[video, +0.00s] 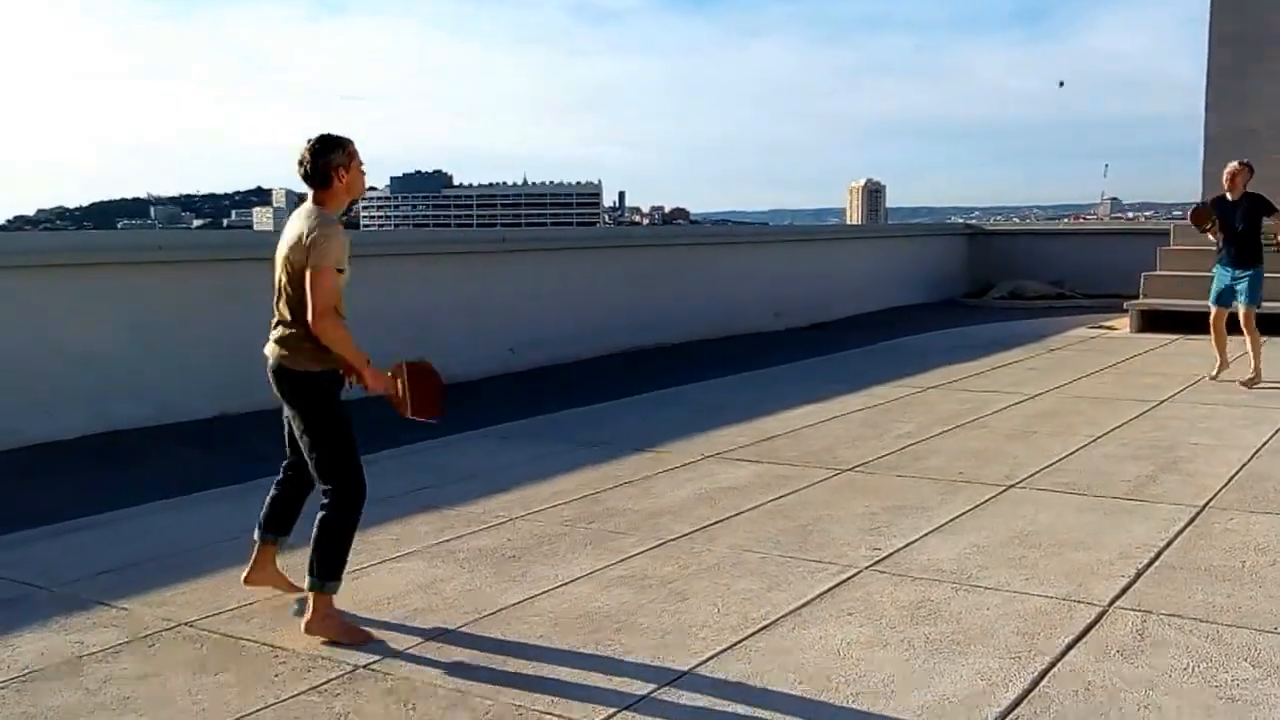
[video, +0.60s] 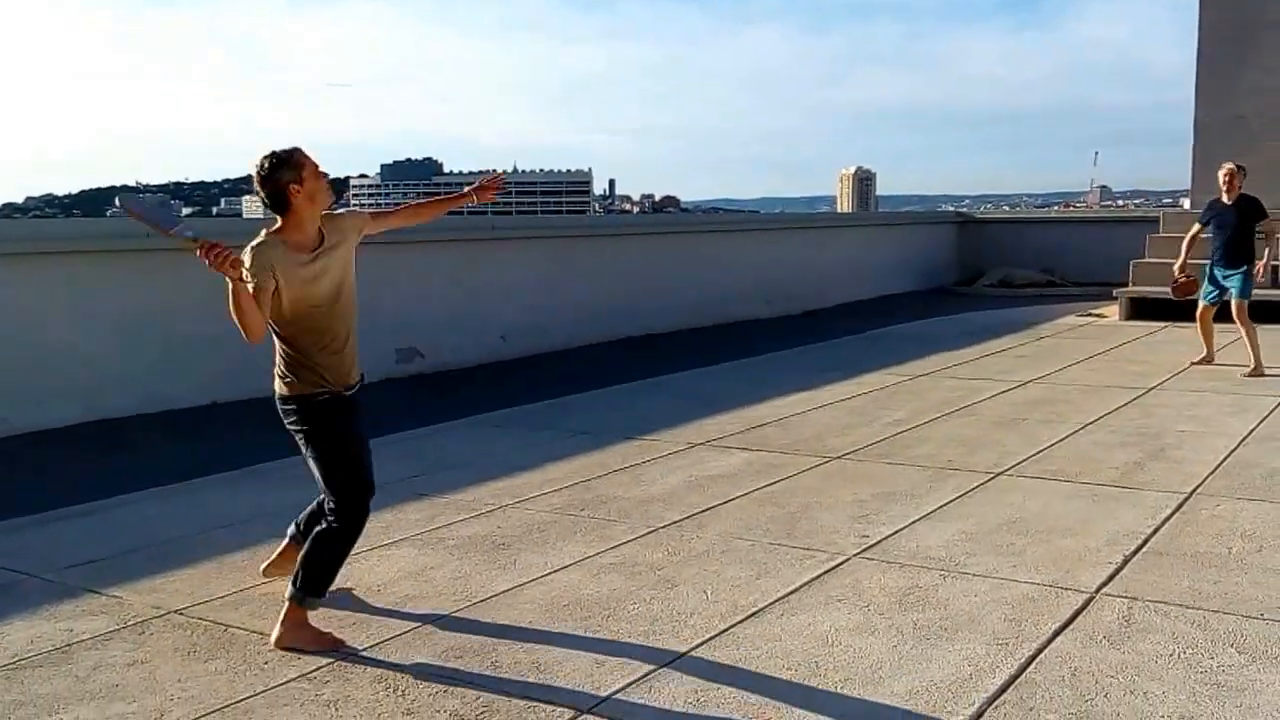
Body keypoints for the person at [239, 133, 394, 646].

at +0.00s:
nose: (364, 175)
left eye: (361, 166)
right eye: (360, 167)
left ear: (323, 176)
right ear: (341, 176)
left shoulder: (303, 221)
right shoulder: (324, 231)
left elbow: (307, 314)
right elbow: (321, 320)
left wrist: (350, 363)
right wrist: (366, 368)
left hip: (289, 366)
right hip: (308, 372)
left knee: (300, 470)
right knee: (346, 487)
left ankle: (262, 563)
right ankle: (320, 610)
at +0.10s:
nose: (359, 186)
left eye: (355, 179)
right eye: (352, 180)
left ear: (327, 192)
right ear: (334, 192)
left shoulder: (332, 241)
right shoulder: (301, 251)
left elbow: (350, 312)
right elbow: (283, 340)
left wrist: (406, 347)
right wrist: (334, 390)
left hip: (308, 386)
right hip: (294, 391)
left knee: (295, 483)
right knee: (354, 494)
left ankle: (248, 574)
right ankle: (321, 615)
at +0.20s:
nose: (349, 187)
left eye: (345, 180)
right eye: (342, 182)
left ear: (319, 196)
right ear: (324, 195)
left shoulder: (342, 247)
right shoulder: (285, 255)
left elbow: (394, 293)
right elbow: (252, 340)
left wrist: (455, 319)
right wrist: (299, 395)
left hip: (311, 386)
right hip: (284, 390)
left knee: (294, 483)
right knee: (356, 482)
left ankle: (245, 577)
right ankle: (322, 603)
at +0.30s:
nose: (335, 183)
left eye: (330, 176)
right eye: (328, 178)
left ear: (310, 196)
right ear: (309, 195)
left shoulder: (338, 235)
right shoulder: (267, 259)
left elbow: (406, 260)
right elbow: (226, 336)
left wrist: (475, 272)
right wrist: (275, 379)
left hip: (317, 382)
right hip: (287, 389)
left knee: (295, 481)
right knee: (356, 482)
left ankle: (245, 575)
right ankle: (316, 608)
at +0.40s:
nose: (325, 181)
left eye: (318, 175)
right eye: (317, 177)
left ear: (300, 197)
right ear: (297, 196)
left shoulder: (339, 232)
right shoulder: (256, 263)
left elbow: (417, 232)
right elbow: (218, 339)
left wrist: (482, 219)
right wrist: (248, 351)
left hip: (326, 390)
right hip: (297, 396)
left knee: (293, 487)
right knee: (349, 504)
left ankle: (244, 573)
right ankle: (296, 628)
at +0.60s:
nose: (327, 176)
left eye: (320, 168)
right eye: (317, 172)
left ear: (301, 191)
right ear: (296, 191)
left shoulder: (343, 225)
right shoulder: (263, 255)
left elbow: (406, 215)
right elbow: (254, 332)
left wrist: (464, 197)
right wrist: (235, 278)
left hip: (346, 386)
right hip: (305, 397)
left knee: (350, 489)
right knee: (351, 502)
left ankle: (286, 557)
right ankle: (294, 622)